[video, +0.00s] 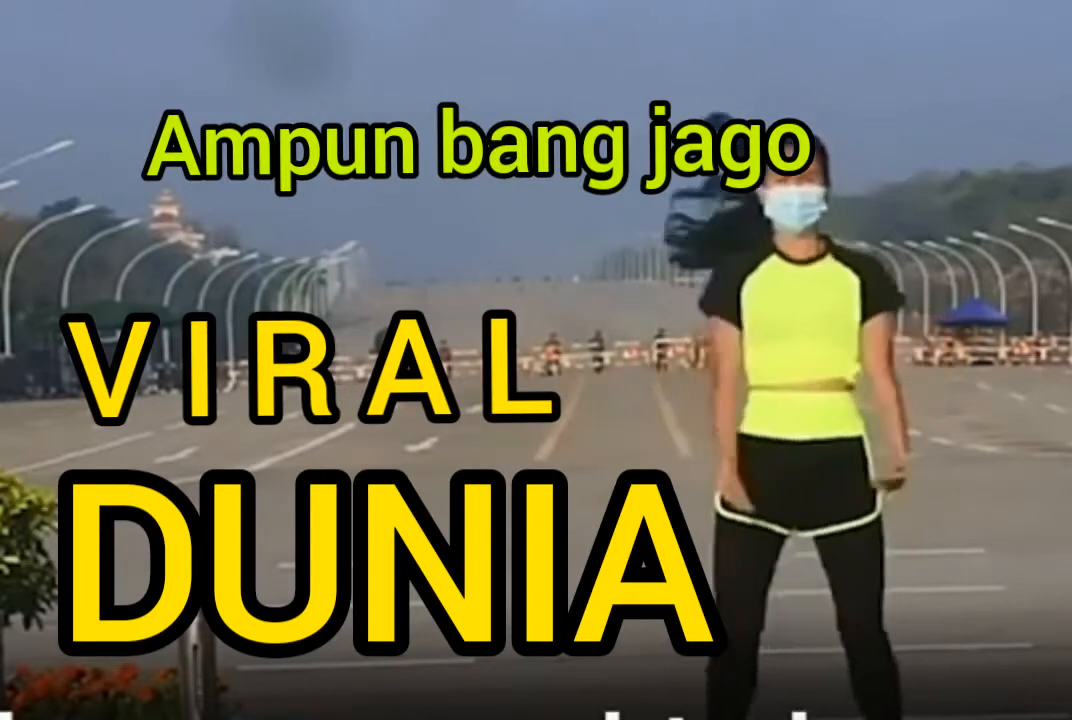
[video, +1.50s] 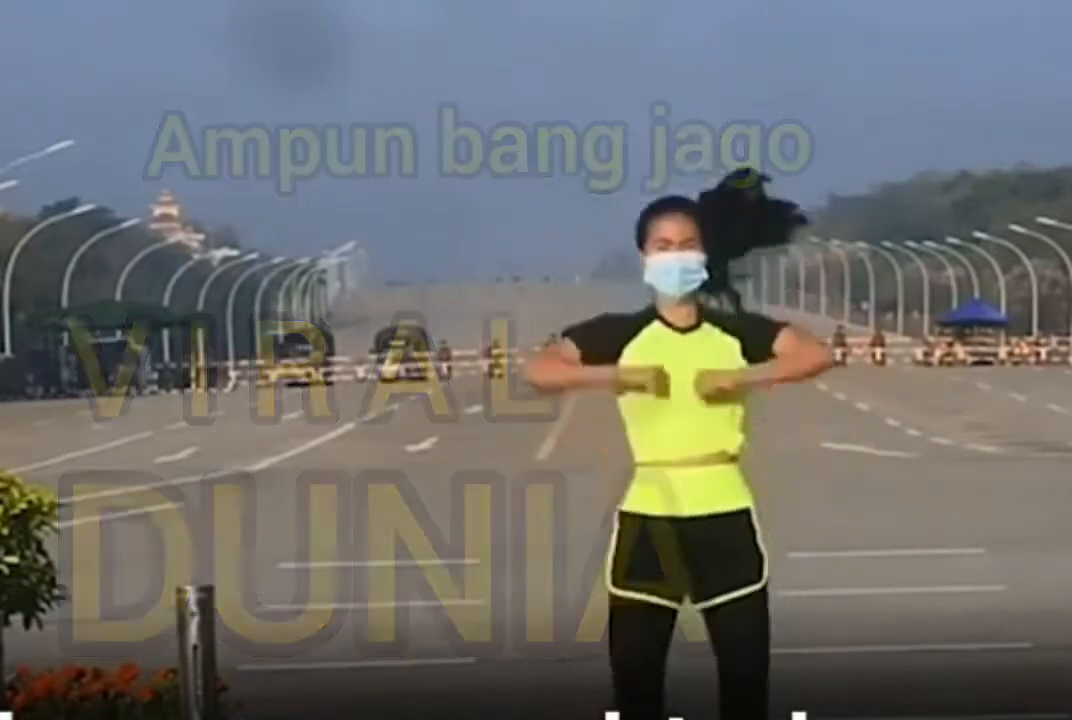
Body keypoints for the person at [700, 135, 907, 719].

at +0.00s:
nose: (795, 193)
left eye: (806, 181)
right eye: (782, 182)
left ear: (825, 191)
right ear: (761, 194)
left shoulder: (865, 274)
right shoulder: (736, 276)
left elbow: (881, 371)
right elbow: (726, 376)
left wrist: (898, 448)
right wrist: (727, 463)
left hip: (842, 463)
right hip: (756, 462)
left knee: (863, 628)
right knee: (734, 633)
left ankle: (886, 719)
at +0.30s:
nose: (770, 250)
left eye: (781, 239)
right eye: (755, 239)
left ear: (798, 250)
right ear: (734, 252)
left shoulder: (823, 322)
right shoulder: (711, 323)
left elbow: (842, 354)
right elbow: (706, 359)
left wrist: (856, 351)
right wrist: (713, 367)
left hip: (810, 512)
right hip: (731, 515)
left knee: (855, 675)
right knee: (697, 675)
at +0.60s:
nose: (744, 255)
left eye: (756, 243)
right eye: (731, 244)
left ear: (777, 251)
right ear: (711, 255)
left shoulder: (803, 326)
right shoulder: (694, 330)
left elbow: (828, 364)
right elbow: (694, 369)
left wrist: (831, 349)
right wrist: (688, 335)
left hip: (796, 517)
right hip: (716, 521)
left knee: (853, 675)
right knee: (685, 683)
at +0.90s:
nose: (707, 201)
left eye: (717, 190)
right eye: (692, 190)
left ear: (733, 203)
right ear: (671, 204)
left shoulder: (772, 282)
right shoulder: (649, 283)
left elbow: (794, 367)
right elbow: (641, 378)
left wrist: (817, 440)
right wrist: (646, 459)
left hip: (758, 466)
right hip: (678, 472)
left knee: (786, 625)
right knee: (669, 633)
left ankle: (798, 714)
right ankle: (660, 719)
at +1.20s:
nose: (683, 243)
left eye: (694, 232)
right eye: (668, 232)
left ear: (710, 244)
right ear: (647, 245)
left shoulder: (742, 318)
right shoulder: (620, 320)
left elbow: (824, 362)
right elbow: (558, 381)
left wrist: (754, 405)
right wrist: (629, 414)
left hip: (726, 509)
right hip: (647, 514)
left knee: (741, 677)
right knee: (641, 676)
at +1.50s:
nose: (676, 257)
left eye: (688, 244)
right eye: (663, 246)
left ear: (706, 255)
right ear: (643, 259)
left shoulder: (737, 330)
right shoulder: (620, 333)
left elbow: (817, 356)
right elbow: (539, 371)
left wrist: (742, 379)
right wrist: (620, 377)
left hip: (725, 519)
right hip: (646, 522)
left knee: (745, 682)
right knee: (635, 684)